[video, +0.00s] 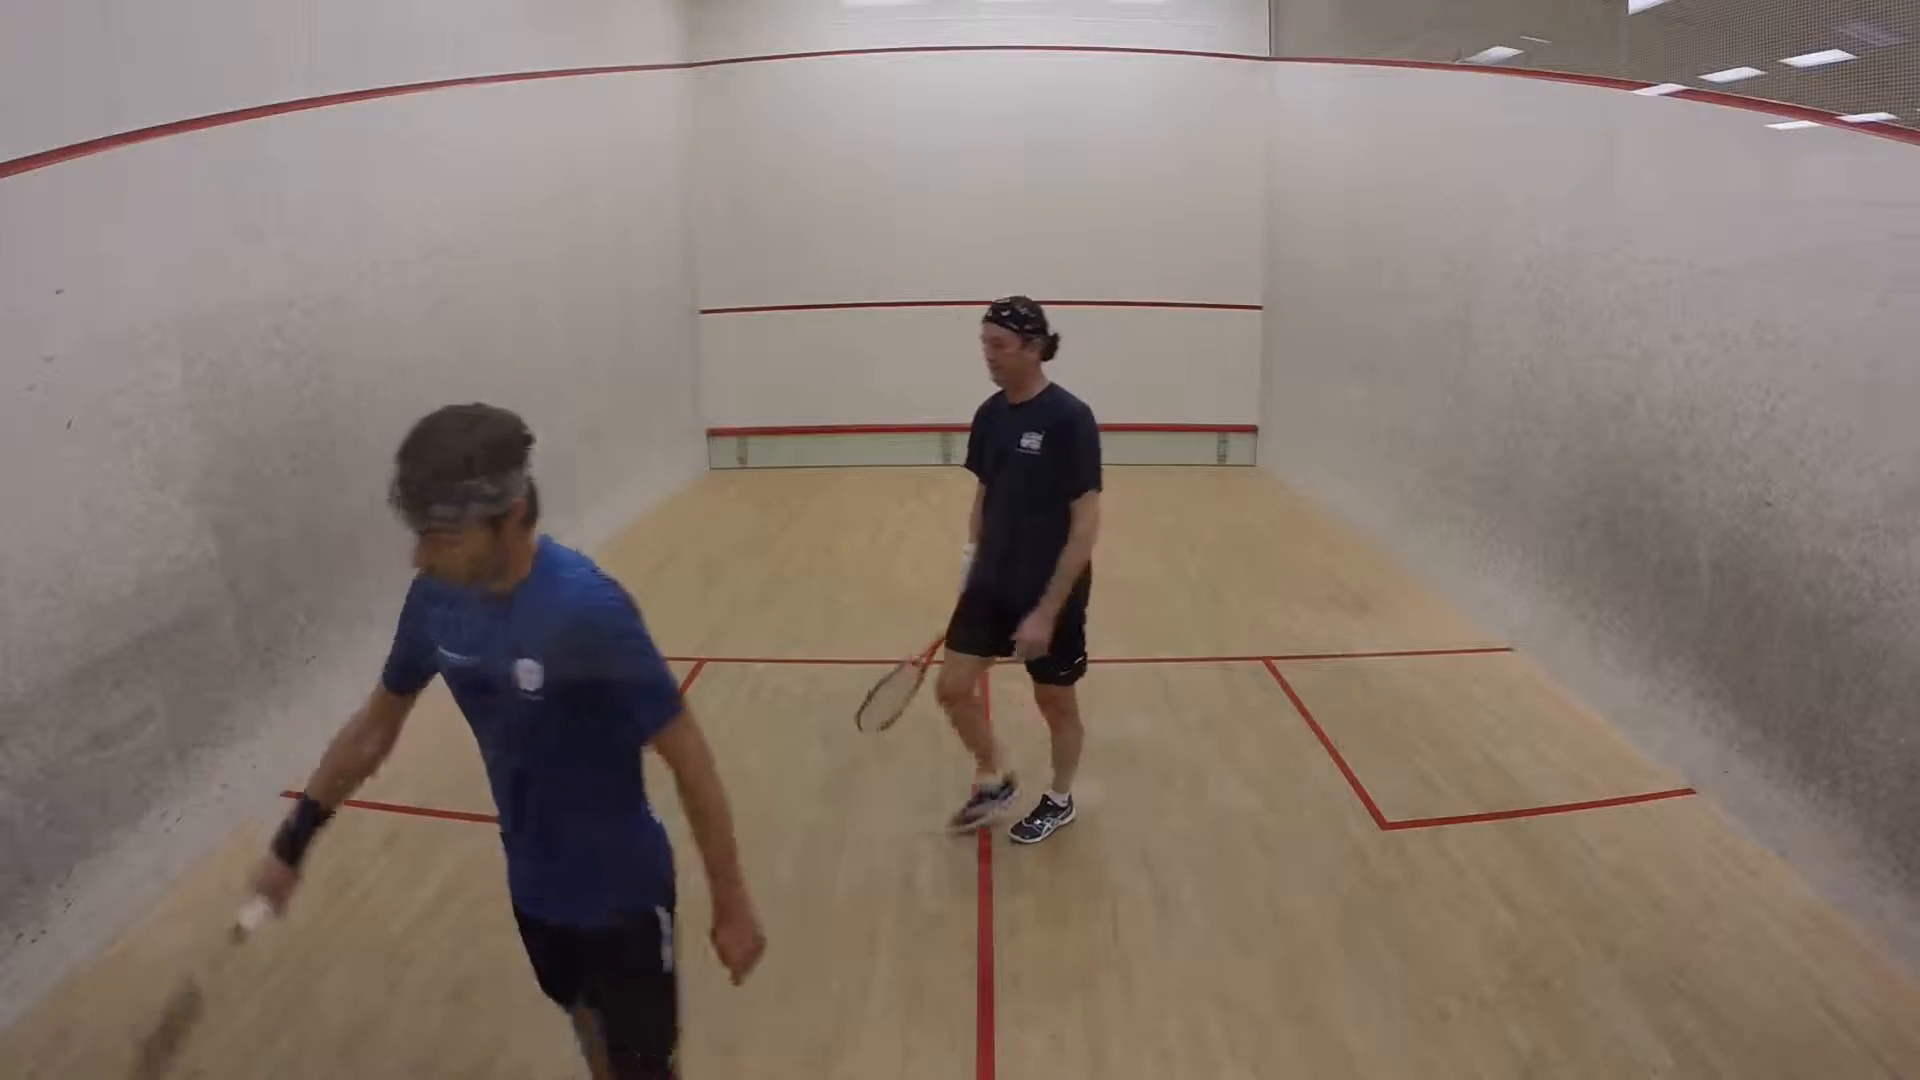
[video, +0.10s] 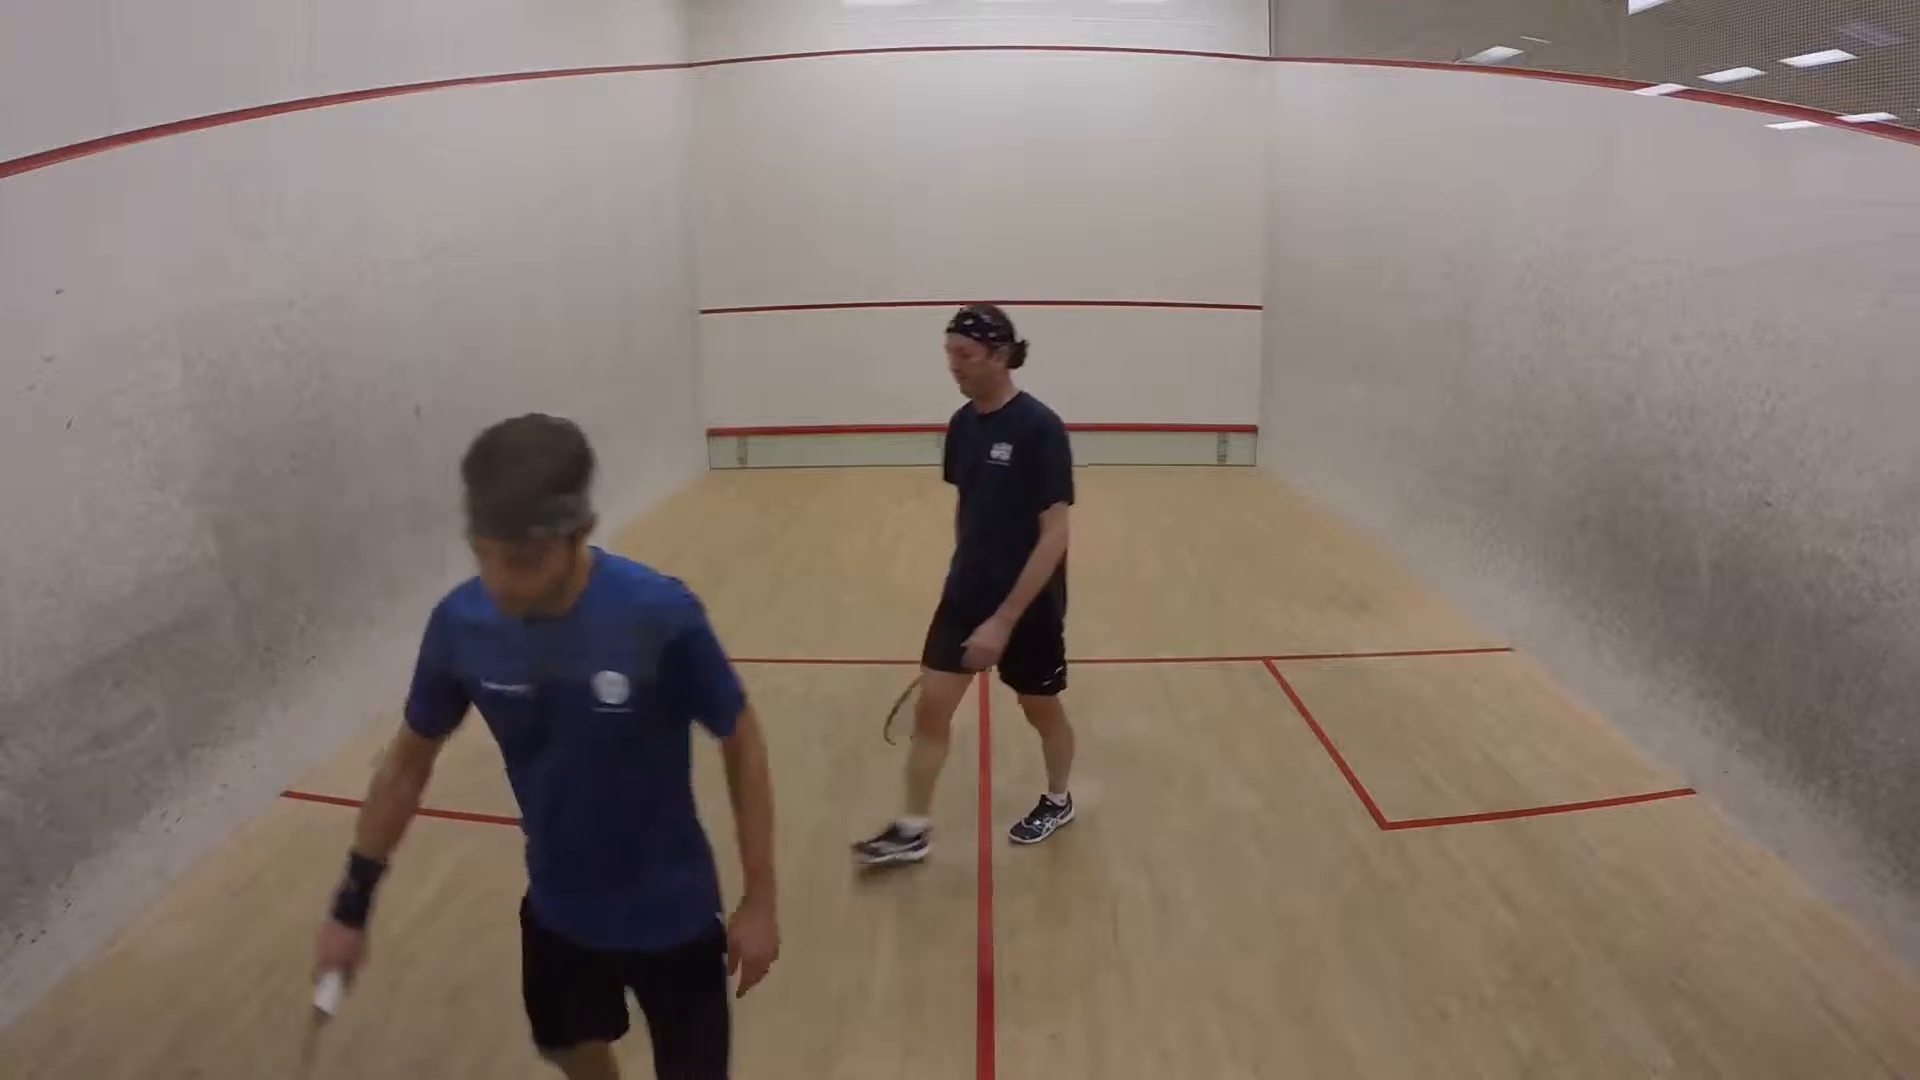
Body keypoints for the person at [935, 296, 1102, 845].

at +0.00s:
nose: (988, 356)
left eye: (998, 346)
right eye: (985, 345)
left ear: (1034, 348)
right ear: (991, 348)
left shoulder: (1072, 420)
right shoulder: (990, 414)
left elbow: (1086, 529)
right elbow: (984, 494)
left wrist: (1046, 611)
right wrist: (972, 561)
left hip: (1053, 584)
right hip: (994, 574)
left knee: (1056, 701)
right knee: (954, 688)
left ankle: (1060, 798)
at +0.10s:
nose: (952, 365)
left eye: (963, 356)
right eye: (949, 355)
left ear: (1001, 356)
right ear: (953, 357)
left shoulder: (1041, 429)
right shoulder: (964, 424)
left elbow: (1055, 538)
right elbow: (966, 514)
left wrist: (1002, 620)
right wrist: (959, 591)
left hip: (1028, 594)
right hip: (968, 586)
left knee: (1042, 708)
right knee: (932, 705)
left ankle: (1058, 799)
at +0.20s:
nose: (914, 377)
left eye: (923, 366)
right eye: (911, 366)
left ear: (961, 366)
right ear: (926, 368)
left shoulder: (1004, 438)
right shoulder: (930, 436)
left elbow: (1025, 550)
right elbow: (937, 530)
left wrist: (970, 635)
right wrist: (928, 605)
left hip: (1000, 604)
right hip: (937, 598)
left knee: (1020, 716)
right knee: (902, 724)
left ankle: (1056, 795)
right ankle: (877, 849)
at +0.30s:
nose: (869, 381)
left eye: (880, 369)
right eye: (867, 369)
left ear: (920, 369)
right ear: (887, 373)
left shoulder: (962, 442)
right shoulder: (895, 437)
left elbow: (993, 552)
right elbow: (903, 532)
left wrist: (951, 649)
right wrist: (887, 606)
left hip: (958, 617)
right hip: (897, 607)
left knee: (981, 737)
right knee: (865, 731)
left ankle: (1043, 790)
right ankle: (866, 854)